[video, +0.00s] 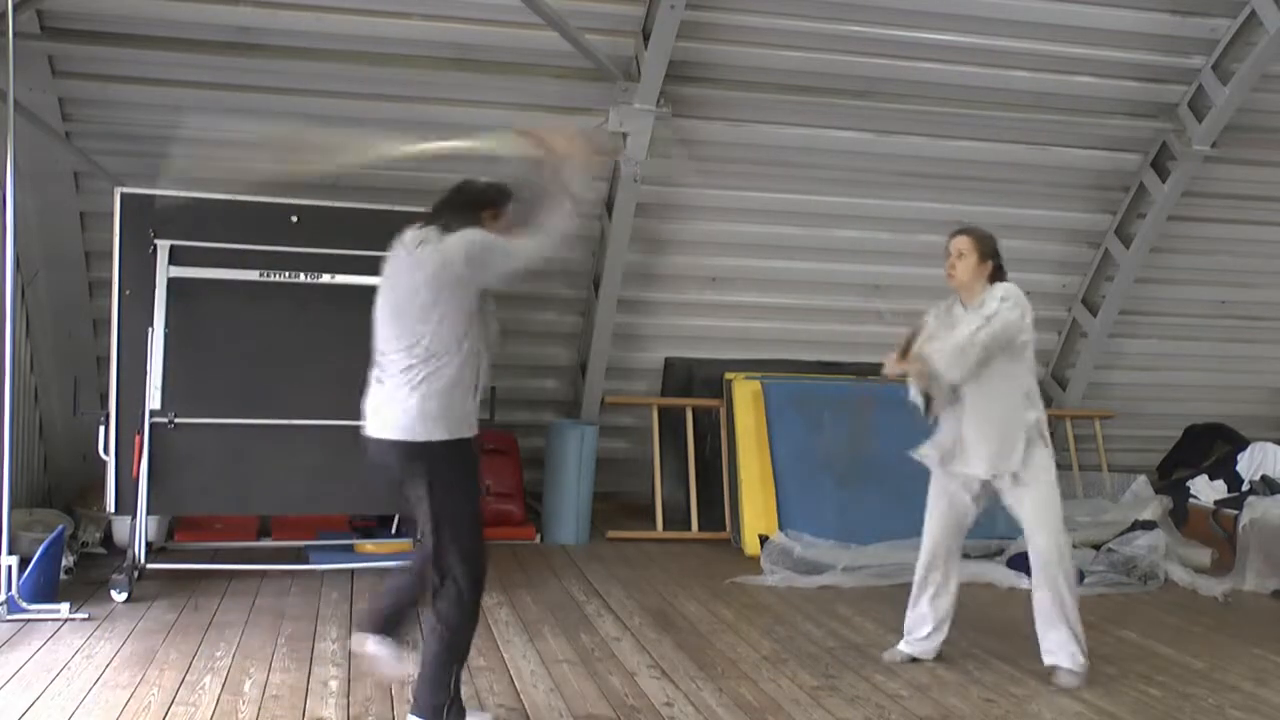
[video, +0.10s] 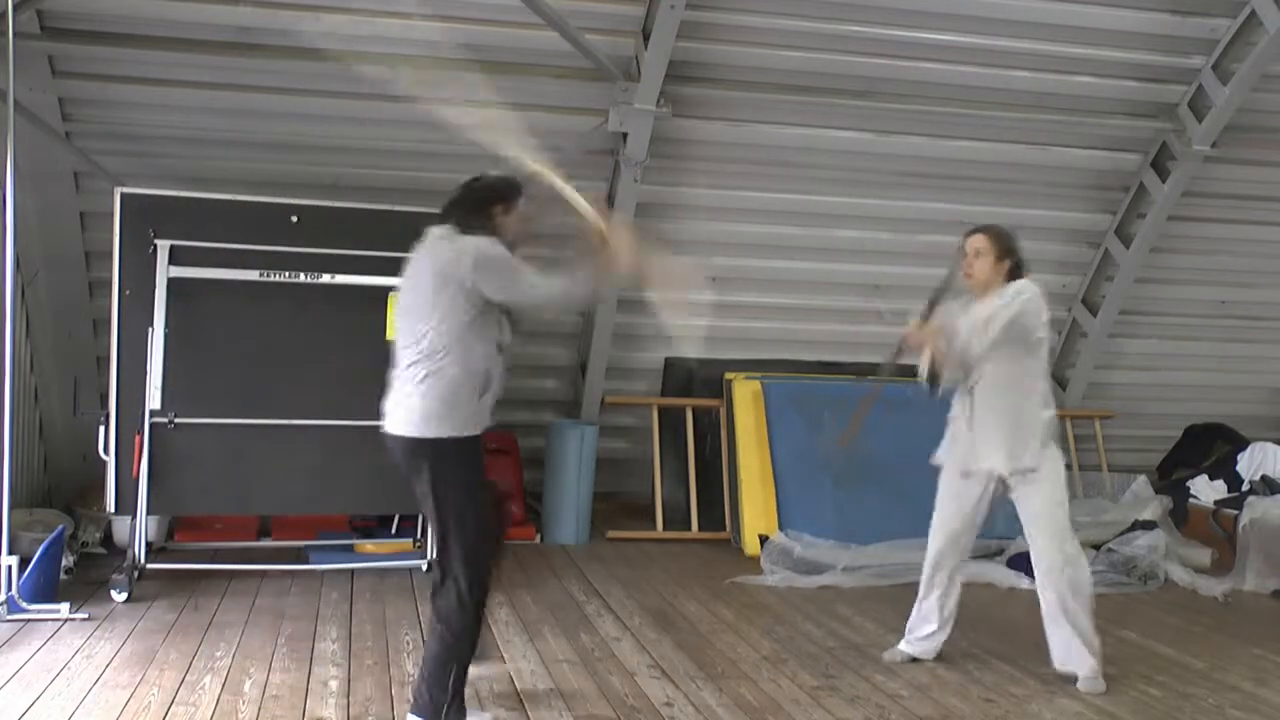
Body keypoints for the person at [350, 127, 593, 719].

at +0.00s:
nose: (502, 234)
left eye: (502, 224)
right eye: (501, 225)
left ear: (455, 208)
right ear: (486, 215)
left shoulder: (405, 244)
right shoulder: (466, 249)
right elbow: (550, 243)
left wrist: (544, 169)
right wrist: (576, 174)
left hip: (391, 428)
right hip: (437, 434)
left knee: (433, 550)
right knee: (461, 574)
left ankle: (378, 630)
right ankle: (435, 707)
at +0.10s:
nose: (518, 226)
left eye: (518, 216)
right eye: (514, 215)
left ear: (469, 208)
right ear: (494, 212)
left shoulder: (429, 249)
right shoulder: (474, 253)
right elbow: (552, 293)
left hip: (413, 426)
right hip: (444, 432)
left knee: (458, 551)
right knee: (469, 561)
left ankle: (451, 649)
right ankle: (435, 707)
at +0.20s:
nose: (548, 239)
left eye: (548, 227)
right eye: (544, 226)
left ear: (508, 224)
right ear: (519, 224)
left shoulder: (464, 263)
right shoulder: (483, 264)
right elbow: (541, 332)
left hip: (470, 436)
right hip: (458, 438)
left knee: (510, 554)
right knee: (495, 568)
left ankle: (518, 668)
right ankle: (437, 700)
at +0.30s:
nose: (566, 251)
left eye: (566, 239)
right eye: (561, 238)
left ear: (532, 235)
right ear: (534, 234)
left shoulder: (508, 284)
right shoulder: (479, 265)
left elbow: (549, 359)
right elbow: (544, 326)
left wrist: (632, 351)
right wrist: (633, 349)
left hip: (501, 440)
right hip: (462, 437)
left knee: (536, 547)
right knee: (523, 549)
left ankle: (516, 672)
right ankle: (449, 677)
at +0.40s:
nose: (588, 247)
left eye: (591, 239)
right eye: (582, 236)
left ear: (568, 235)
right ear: (553, 229)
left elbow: (612, 318)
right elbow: (542, 263)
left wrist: (639, 261)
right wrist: (613, 250)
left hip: (525, 439)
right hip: (474, 433)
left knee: (551, 551)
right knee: (525, 553)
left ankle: (517, 672)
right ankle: (443, 680)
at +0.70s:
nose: (609, 229)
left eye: (609, 219)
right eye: (601, 217)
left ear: (595, 233)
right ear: (577, 221)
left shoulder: (585, 277)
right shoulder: (531, 263)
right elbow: (590, 313)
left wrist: (626, 217)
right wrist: (619, 240)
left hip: (540, 442)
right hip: (493, 430)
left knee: (580, 534)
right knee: (481, 557)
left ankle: (565, 655)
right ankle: (430, 697)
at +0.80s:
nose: (635, 251)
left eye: (636, 241)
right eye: (630, 238)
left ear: (604, 237)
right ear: (604, 234)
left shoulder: (597, 295)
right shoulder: (559, 284)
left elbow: (637, 346)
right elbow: (617, 365)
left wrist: (677, 334)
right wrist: (678, 337)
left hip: (543, 450)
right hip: (502, 440)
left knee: (586, 549)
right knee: (499, 571)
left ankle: (584, 676)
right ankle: (432, 697)